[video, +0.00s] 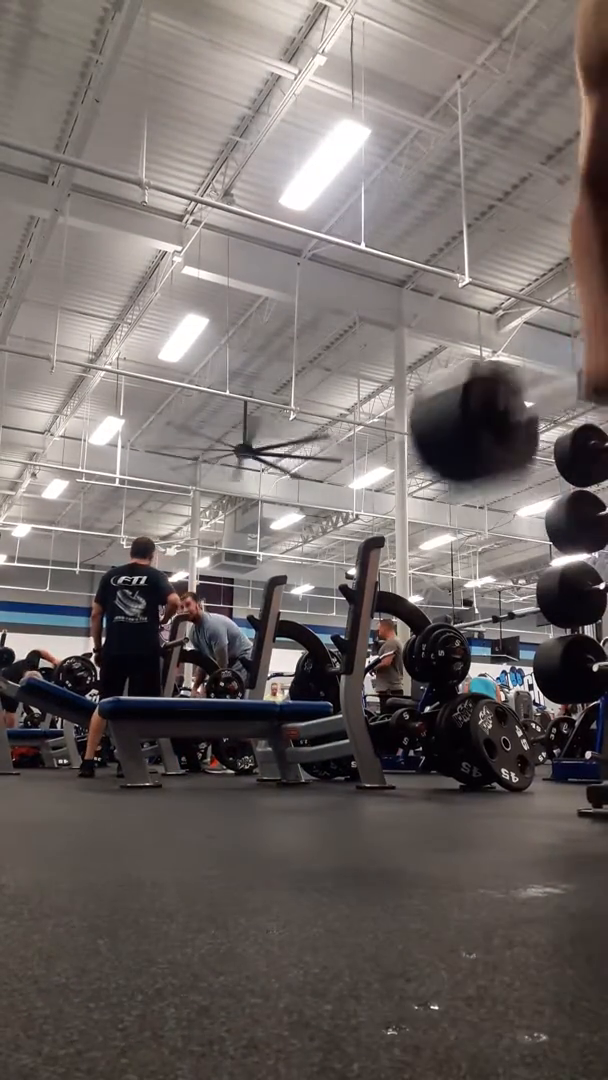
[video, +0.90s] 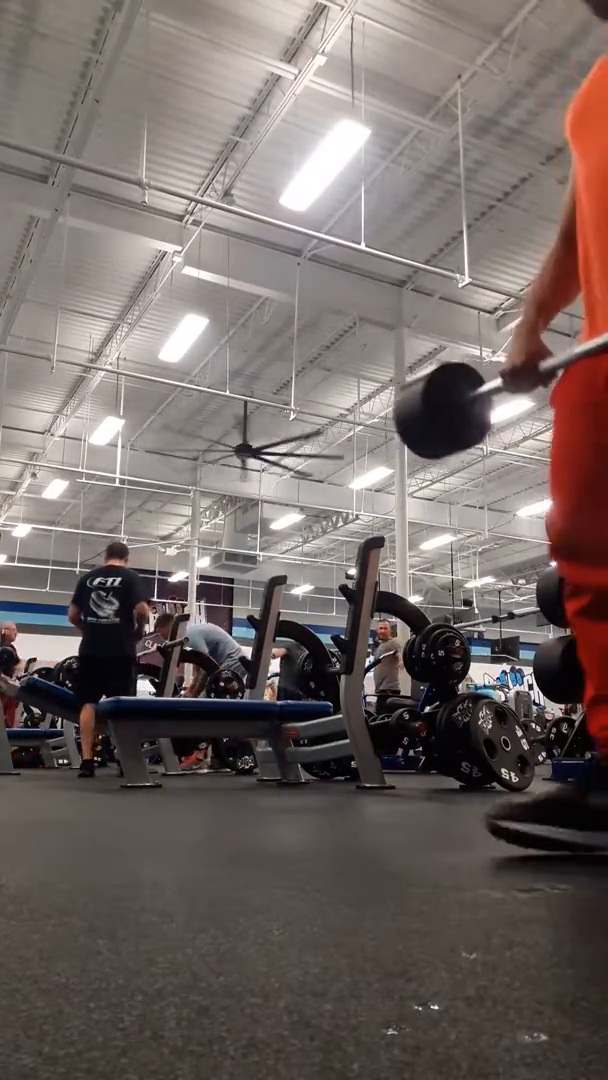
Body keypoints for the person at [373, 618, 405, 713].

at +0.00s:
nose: (378, 632)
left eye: (380, 629)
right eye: (379, 629)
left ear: (386, 628)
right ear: (387, 628)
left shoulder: (391, 643)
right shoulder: (392, 642)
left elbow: (386, 662)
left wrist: (374, 668)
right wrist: (374, 667)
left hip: (389, 691)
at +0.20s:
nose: (379, 632)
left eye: (380, 629)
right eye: (379, 629)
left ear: (385, 628)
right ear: (391, 629)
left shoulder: (388, 643)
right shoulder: (397, 642)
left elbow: (384, 663)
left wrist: (373, 670)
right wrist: (376, 670)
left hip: (387, 692)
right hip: (396, 690)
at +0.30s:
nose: (378, 632)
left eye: (379, 629)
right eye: (378, 630)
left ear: (385, 628)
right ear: (391, 629)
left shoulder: (386, 643)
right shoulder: (398, 643)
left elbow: (383, 663)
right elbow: (403, 670)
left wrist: (373, 670)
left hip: (386, 692)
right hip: (397, 691)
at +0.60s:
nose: (378, 631)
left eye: (381, 628)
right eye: (378, 628)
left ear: (390, 629)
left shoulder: (389, 643)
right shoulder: (396, 643)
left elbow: (384, 666)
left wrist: (372, 680)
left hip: (385, 692)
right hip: (394, 691)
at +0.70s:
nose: (380, 631)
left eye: (383, 628)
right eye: (379, 629)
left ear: (391, 630)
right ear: (377, 630)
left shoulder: (390, 644)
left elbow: (387, 667)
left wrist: (378, 685)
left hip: (387, 691)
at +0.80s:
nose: (382, 631)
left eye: (385, 628)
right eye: (380, 629)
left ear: (391, 630)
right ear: (377, 631)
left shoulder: (393, 644)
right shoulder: (383, 646)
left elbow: (396, 661)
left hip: (389, 690)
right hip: (382, 689)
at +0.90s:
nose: (382, 631)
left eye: (385, 628)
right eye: (380, 628)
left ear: (390, 630)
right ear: (377, 631)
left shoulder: (394, 644)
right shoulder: (379, 647)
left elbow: (401, 662)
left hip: (390, 688)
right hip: (380, 687)